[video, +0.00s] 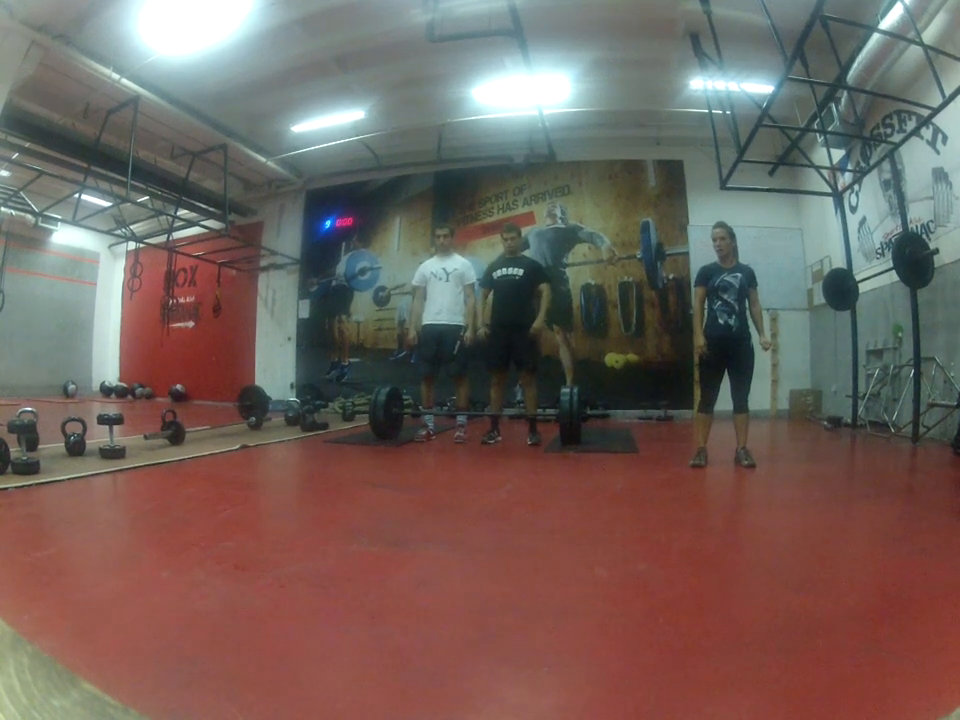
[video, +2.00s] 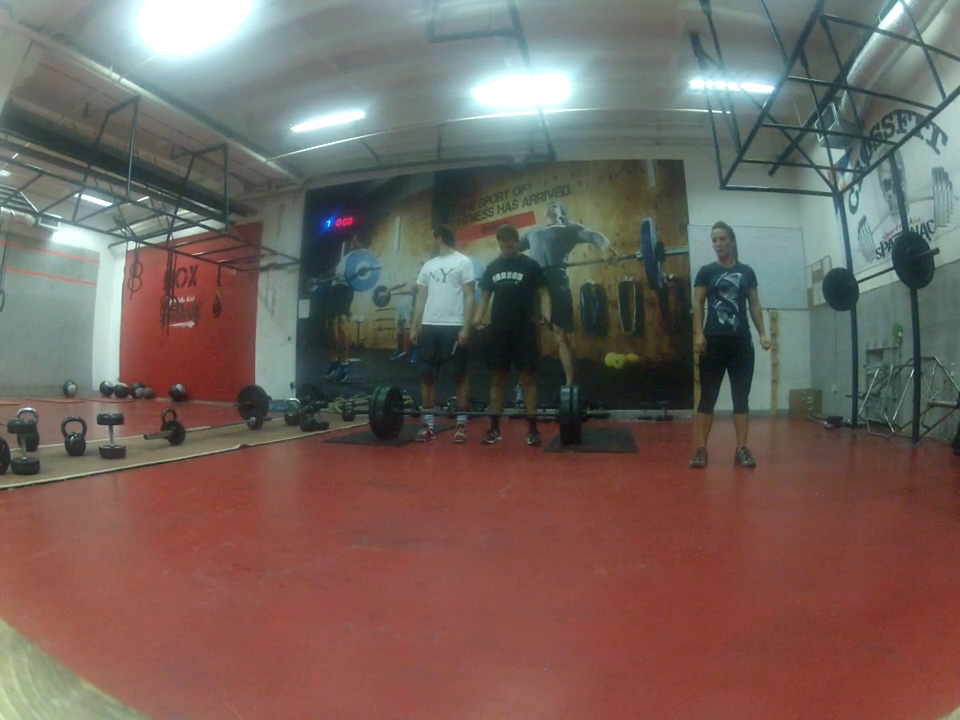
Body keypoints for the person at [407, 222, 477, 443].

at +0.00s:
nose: (442, 240)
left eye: (445, 236)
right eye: (438, 237)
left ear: (452, 239)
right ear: (434, 239)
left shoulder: (463, 264)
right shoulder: (425, 267)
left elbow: (470, 298)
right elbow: (417, 299)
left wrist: (470, 328)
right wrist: (413, 328)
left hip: (456, 327)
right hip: (429, 327)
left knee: (460, 377)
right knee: (427, 376)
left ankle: (461, 424)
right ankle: (428, 425)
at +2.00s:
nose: (431, 242)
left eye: (433, 238)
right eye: (432, 238)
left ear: (441, 239)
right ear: (442, 239)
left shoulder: (463, 262)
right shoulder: (428, 265)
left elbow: (470, 295)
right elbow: (421, 297)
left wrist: (466, 328)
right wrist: (415, 326)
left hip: (455, 327)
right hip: (429, 327)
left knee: (460, 376)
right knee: (426, 376)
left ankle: (461, 424)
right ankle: (427, 424)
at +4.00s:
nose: (439, 249)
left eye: (442, 245)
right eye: (435, 246)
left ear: (449, 243)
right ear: (431, 244)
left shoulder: (460, 264)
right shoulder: (423, 267)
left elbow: (469, 296)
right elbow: (414, 298)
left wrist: (470, 326)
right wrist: (405, 325)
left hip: (455, 328)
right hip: (428, 328)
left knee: (459, 376)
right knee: (426, 376)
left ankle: (461, 426)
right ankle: (427, 425)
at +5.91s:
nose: (432, 266)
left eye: (435, 262)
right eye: (429, 262)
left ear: (442, 257)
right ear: (424, 259)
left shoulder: (457, 271)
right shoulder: (418, 273)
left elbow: (466, 305)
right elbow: (412, 308)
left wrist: (467, 339)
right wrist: (410, 339)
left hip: (455, 331)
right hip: (430, 331)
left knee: (459, 377)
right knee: (426, 377)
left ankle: (461, 426)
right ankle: (427, 425)